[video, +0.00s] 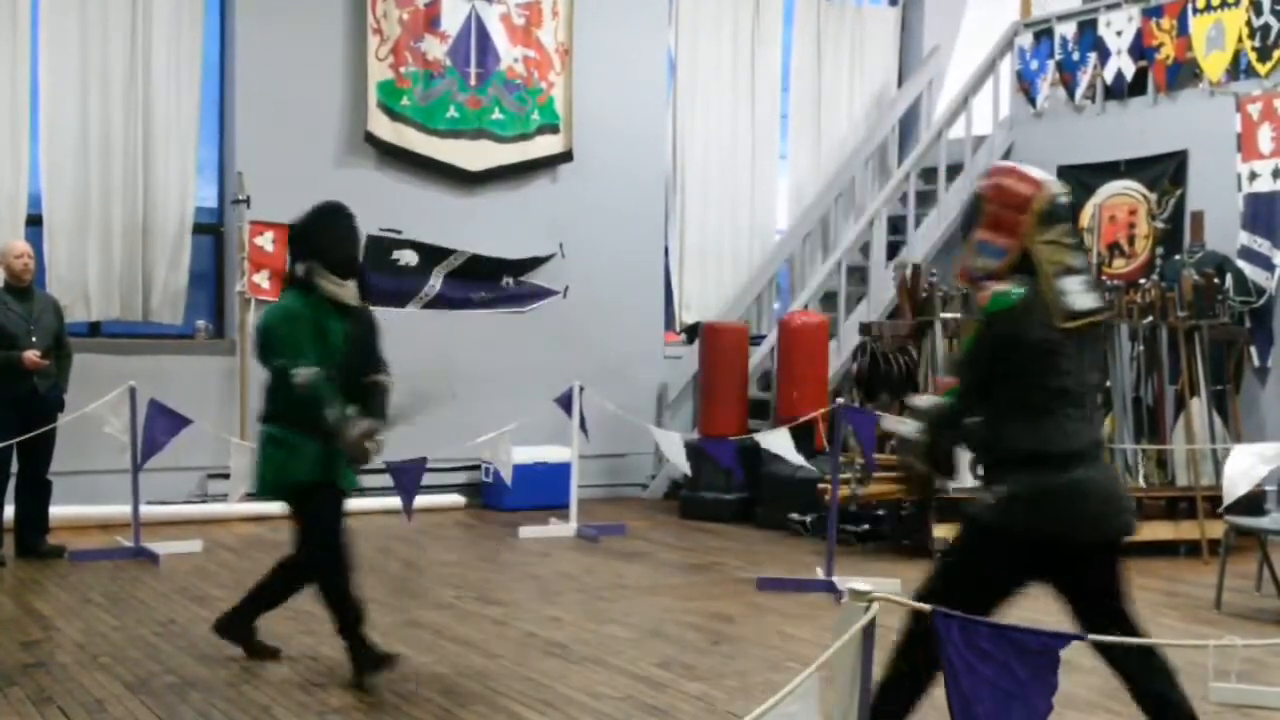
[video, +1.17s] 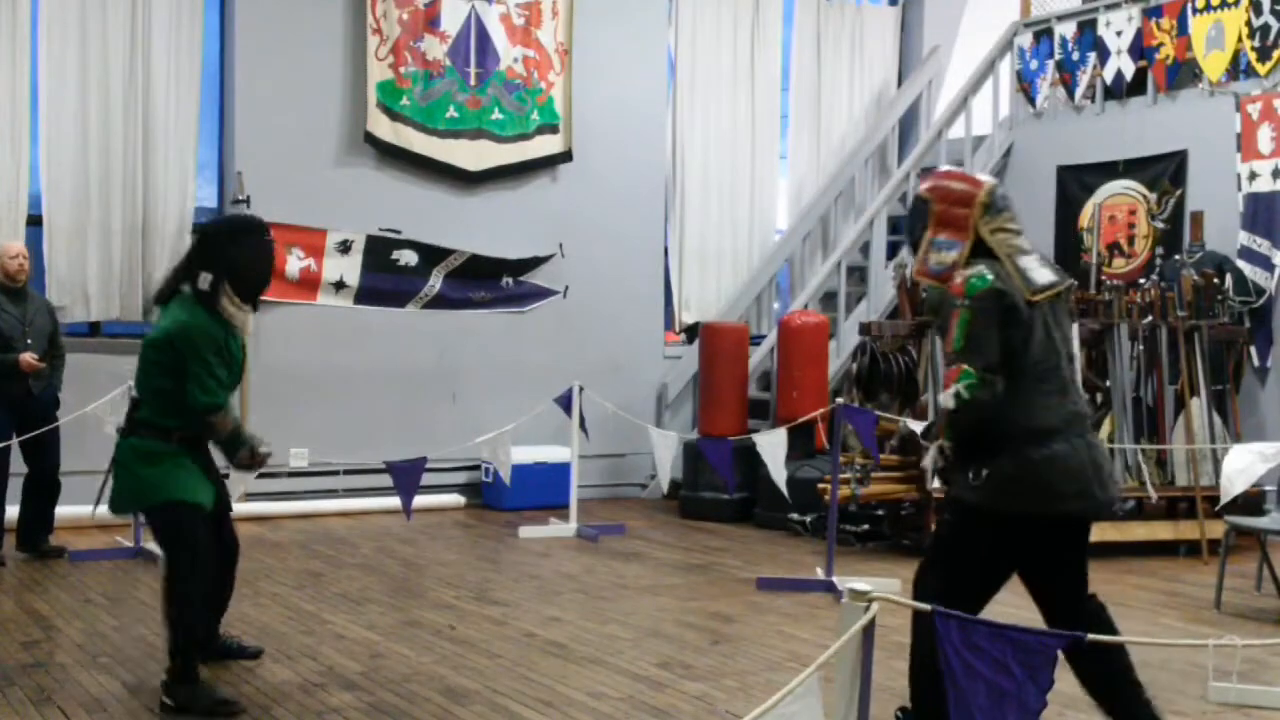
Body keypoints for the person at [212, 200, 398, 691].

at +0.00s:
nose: (352, 255)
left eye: (352, 245)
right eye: (344, 245)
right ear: (323, 250)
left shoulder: (354, 315)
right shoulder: (288, 315)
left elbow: (370, 373)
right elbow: (305, 386)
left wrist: (368, 416)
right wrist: (344, 427)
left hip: (332, 449)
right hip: (296, 450)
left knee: (314, 554)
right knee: (327, 552)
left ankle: (239, 618)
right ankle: (360, 649)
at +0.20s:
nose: (311, 247)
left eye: (310, 236)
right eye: (302, 236)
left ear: (273, 244)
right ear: (279, 243)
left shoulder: (297, 309)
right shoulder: (235, 306)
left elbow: (310, 378)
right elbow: (237, 386)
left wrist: (310, 430)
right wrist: (284, 435)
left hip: (265, 444)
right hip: (221, 439)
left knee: (262, 540)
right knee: (231, 531)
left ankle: (224, 636)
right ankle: (171, 620)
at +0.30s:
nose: (289, 247)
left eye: (288, 236)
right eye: (281, 236)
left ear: (253, 244)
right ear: (256, 243)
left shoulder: (267, 307)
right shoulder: (215, 307)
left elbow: (262, 377)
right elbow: (215, 387)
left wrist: (262, 420)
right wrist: (253, 437)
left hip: (234, 444)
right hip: (190, 441)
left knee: (245, 540)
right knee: (158, 540)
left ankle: (222, 638)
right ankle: (85, 604)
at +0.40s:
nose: (263, 258)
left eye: (262, 247)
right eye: (254, 248)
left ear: (228, 255)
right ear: (229, 254)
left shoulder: (238, 315)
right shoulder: (188, 316)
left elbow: (225, 386)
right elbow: (186, 394)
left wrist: (233, 432)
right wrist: (225, 441)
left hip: (202, 452)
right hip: (156, 449)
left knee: (234, 537)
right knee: (107, 538)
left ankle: (221, 636)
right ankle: (40, 617)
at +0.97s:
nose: (250, 255)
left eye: (251, 244)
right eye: (242, 244)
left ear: (216, 250)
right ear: (212, 247)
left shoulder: (215, 307)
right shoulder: (171, 308)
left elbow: (224, 378)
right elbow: (207, 385)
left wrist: (259, 421)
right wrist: (260, 426)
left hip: (181, 437)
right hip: (138, 436)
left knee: (203, 536)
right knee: (154, 536)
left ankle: (204, 636)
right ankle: (99, 636)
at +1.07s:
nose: (262, 263)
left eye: (264, 253)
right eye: (256, 252)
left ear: (226, 253)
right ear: (226, 251)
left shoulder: (223, 308)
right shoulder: (176, 306)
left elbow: (224, 380)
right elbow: (209, 385)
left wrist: (251, 425)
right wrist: (251, 430)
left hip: (188, 437)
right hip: (149, 437)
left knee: (212, 537)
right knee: (167, 537)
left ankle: (205, 636)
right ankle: (148, 662)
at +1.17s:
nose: (271, 271)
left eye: (271, 259)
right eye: (263, 260)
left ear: (225, 265)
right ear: (233, 265)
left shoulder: (222, 316)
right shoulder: (193, 325)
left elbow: (211, 400)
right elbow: (207, 409)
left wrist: (235, 438)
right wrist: (241, 446)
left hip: (189, 454)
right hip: (155, 456)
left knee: (222, 546)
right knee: (190, 551)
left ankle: (205, 637)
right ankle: (181, 680)